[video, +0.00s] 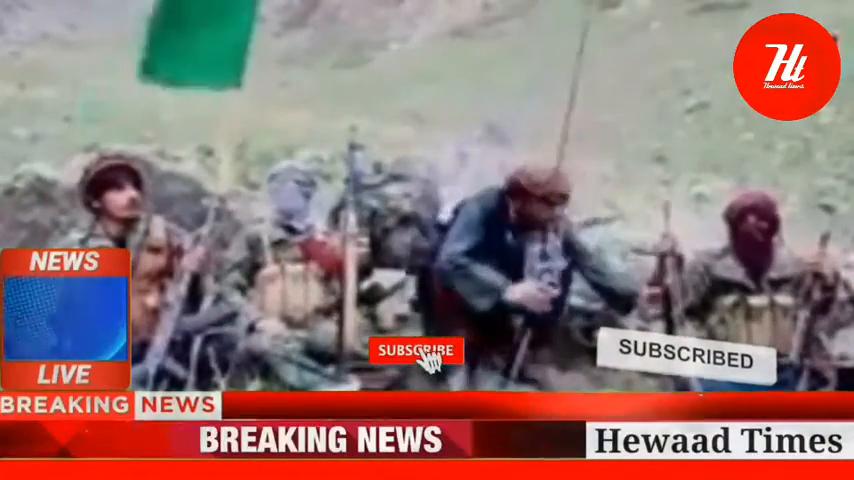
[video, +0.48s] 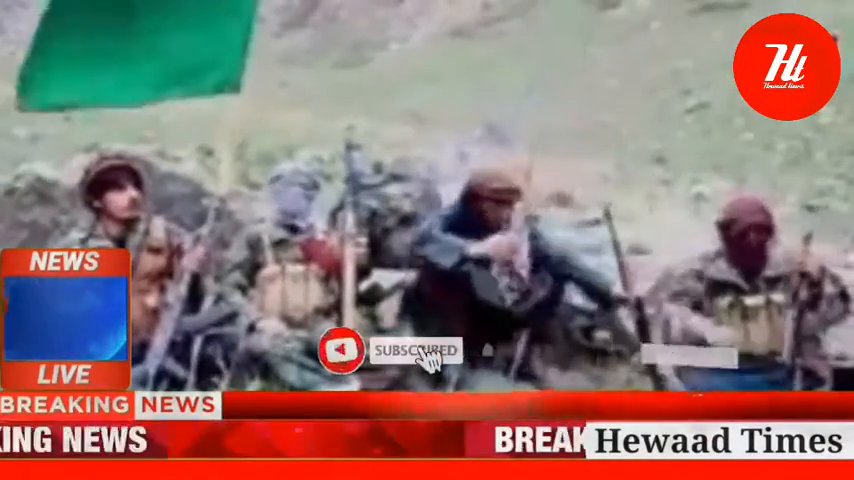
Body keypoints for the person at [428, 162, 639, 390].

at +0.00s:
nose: (555, 214)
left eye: (560, 206)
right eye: (549, 204)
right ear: (523, 199)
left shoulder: (554, 226)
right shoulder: (481, 209)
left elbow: (587, 261)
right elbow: (450, 262)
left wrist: (629, 299)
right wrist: (508, 291)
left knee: (559, 272)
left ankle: (533, 357)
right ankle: (460, 365)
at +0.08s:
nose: (537, 222)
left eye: (541, 214)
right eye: (530, 214)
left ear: (543, 211)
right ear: (509, 208)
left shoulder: (540, 228)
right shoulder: (476, 218)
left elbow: (581, 261)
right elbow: (444, 263)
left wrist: (631, 297)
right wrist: (502, 297)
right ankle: (456, 367)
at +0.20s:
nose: (514, 217)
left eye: (519, 210)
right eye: (507, 209)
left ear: (525, 208)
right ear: (487, 206)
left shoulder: (528, 232)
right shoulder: (463, 221)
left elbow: (566, 268)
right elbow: (441, 251)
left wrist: (617, 294)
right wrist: (492, 277)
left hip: (509, 307)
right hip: (463, 303)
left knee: (547, 291)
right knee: (438, 282)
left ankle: (521, 361)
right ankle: (456, 363)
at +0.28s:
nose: (505, 215)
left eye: (510, 206)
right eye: (497, 206)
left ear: (516, 204)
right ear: (475, 203)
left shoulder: (523, 229)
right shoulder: (457, 219)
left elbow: (558, 264)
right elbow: (437, 243)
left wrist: (609, 295)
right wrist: (484, 259)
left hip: (512, 301)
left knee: (551, 288)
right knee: (434, 280)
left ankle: (526, 358)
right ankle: (454, 366)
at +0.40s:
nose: (503, 210)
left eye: (507, 202)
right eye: (495, 202)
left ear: (512, 201)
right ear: (472, 200)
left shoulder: (518, 230)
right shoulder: (448, 223)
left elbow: (557, 264)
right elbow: (427, 239)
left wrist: (606, 297)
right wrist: (478, 248)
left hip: (508, 315)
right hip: (462, 315)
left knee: (549, 288)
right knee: (438, 271)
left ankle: (531, 360)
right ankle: (452, 366)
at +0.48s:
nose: (506, 213)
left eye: (511, 205)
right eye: (498, 204)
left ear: (517, 204)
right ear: (476, 201)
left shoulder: (521, 232)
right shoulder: (449, 222)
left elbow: (559, 262)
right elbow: (426, 241)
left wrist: (610, 294)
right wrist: (475, 250)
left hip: (503, 314)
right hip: (458, 313)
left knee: (551, 282)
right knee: (442, 274)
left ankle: (526, 359)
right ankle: (451, 365)